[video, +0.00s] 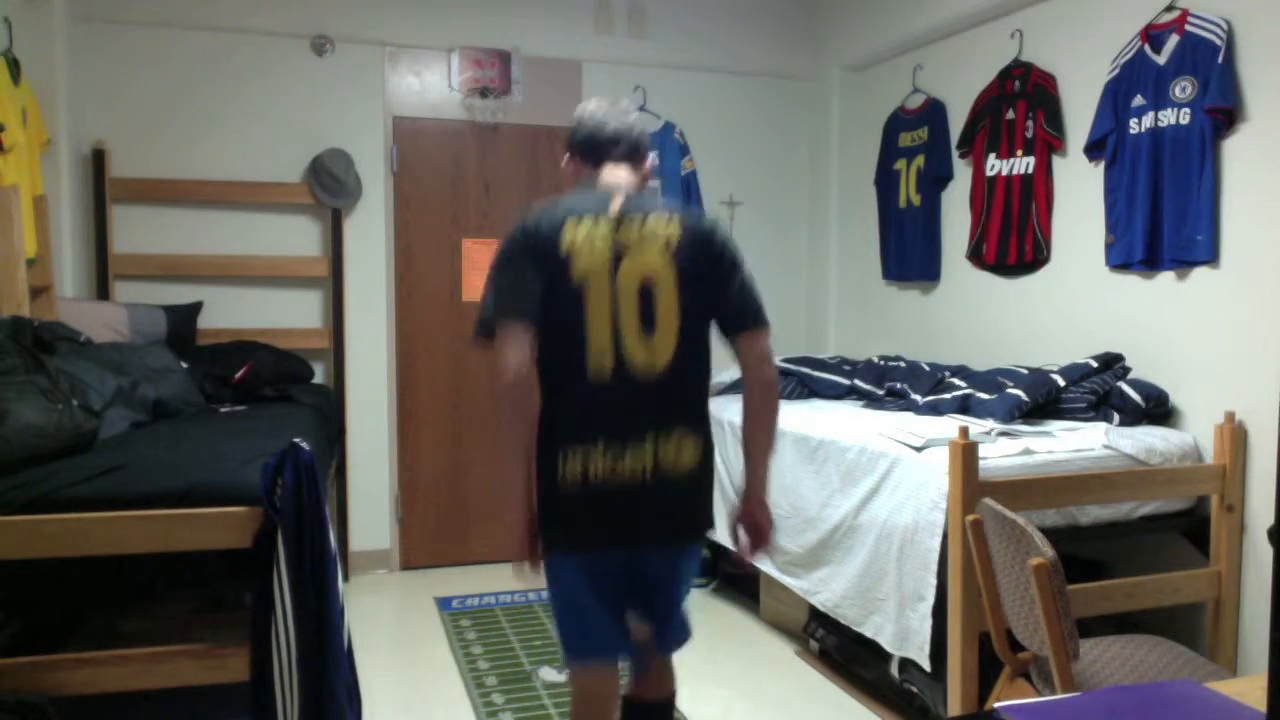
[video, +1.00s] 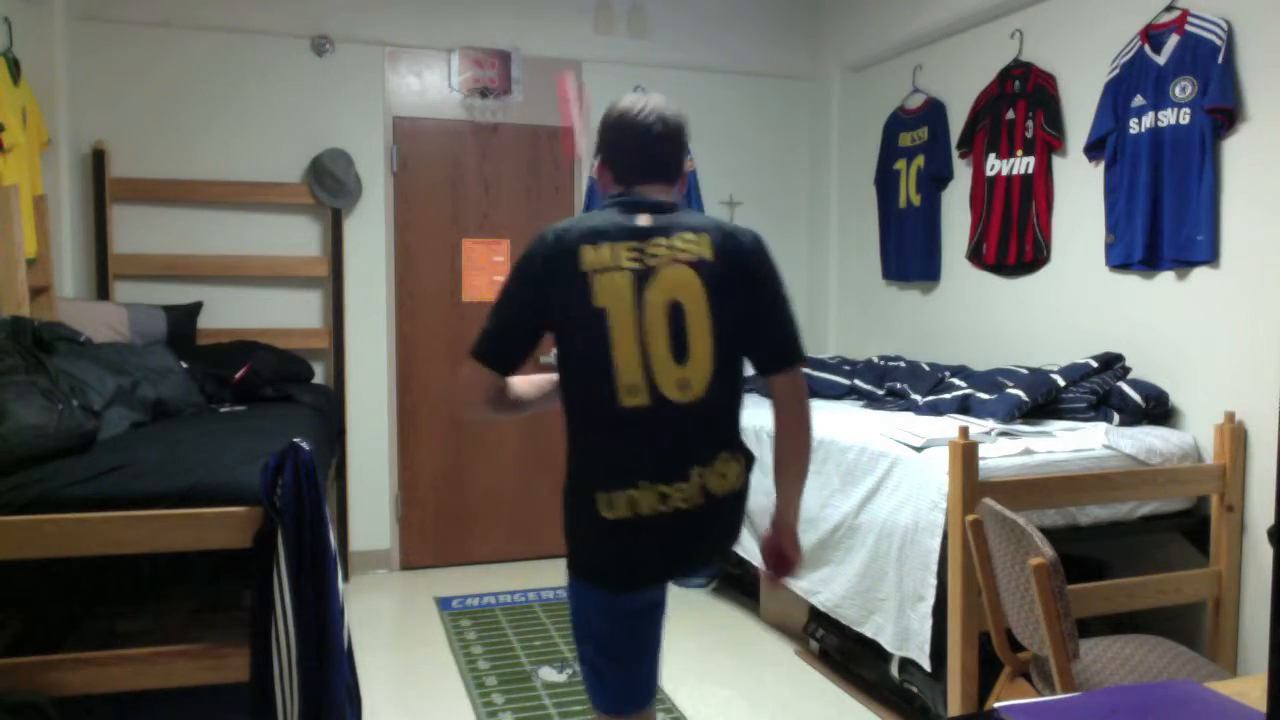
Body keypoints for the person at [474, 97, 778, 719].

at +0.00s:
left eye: (567, 162)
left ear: (570, 163)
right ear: (648, 165)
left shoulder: (538, 233)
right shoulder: (697, 234)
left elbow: (515, 373)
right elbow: (760, 369)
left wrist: (521, 504)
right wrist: (755, 491)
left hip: (578, 499)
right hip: (675, 495)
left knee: (593, 677)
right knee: (654, 656)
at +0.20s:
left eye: (544, 145)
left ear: (546, 144)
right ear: (621, 140)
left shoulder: (523, 215)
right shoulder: (683, 201)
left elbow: (506, 344)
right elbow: (757, 321)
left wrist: (530, 469)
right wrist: (767, 452)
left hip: (587, 466)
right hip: (683, 459)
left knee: (595, 656)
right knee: (670, 603)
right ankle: (668, 714)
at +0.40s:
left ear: (538, 159)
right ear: (608, 156)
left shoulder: (528, 216)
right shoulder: (671, 215)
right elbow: (754, 349)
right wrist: (756, 486)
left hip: (593, 499)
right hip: (685, 491)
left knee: (593, 694)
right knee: (684, 685)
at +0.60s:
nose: (546, 209)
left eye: (550, 199)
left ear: (560, 201)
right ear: (638, 203)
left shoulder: (533, 257)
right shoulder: (696, 268)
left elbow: (483, 389)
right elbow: (760, 408)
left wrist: (466, 525)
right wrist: (775, 560)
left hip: (587, 544)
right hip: (682, 537)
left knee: (597, 705)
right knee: (659, 672)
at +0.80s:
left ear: (583, 188)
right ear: (662, 190)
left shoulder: (538, 251)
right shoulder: (716, 251)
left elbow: (462, 388)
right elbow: (775, 398)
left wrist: (514, 420)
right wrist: (793, 551)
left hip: (601, 521)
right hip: (701, 512)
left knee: (610, 702)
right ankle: (589, 670)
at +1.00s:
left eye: (600, 162)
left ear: (602, 171)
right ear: (684, 169)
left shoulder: (557, 251)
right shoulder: (737, 250)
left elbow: (487, 394)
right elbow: (791, 397)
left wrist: (568, 377)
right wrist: (787, 519)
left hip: (612, 529)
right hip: (713, 522)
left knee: (624, 706)